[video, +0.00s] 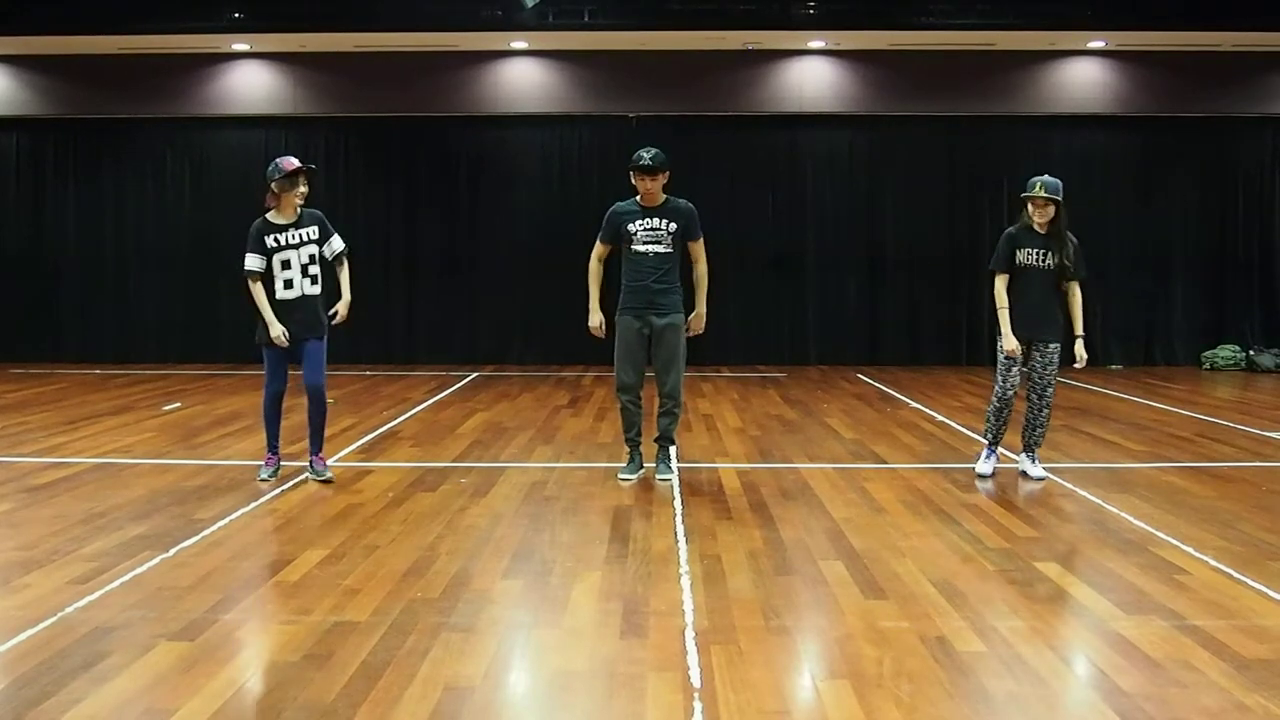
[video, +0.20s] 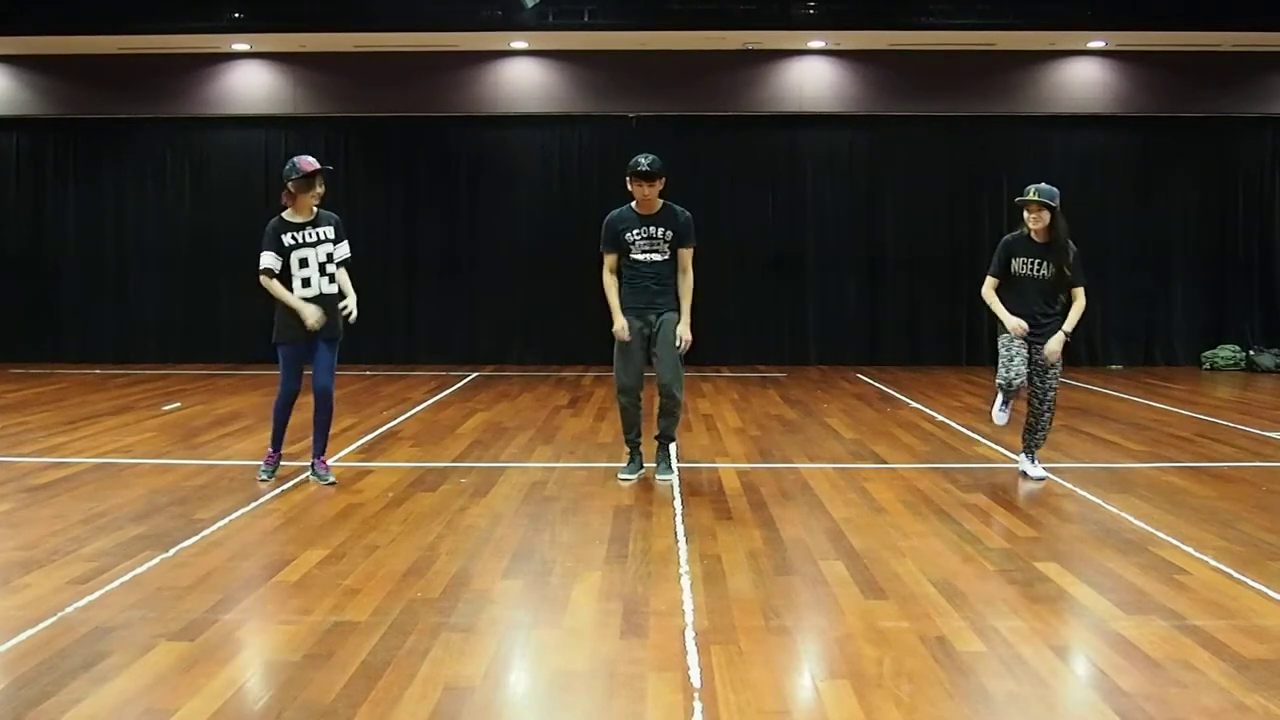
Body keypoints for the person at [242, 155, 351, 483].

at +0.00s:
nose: (302, 190)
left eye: (303, 184)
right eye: (294, 185)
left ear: (306, 186)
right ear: (276, 189)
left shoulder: (316, 220)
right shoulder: (261, 228)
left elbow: (340, 258)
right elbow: (253, 279)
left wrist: (345, 298)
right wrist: (271, 322)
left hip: (314, 320)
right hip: (276, 321)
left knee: (316, 386)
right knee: (274, 388)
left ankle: (317, 457)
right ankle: (272, 457)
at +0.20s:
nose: (318, 191)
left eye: (320, 184)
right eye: (310, 186)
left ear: (322, 186)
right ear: (291, 190)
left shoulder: (330, 222)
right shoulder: (277, 228)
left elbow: (339, 266)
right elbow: (266, 277)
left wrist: (350, 294)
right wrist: (301, 305)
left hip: (329, 317)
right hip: (292, 319)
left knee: (324, 388)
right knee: (290, 388)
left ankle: (319, 459)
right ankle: (274, 454)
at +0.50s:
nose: (341, 190)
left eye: (342, 183)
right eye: (333, 185)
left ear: (347, 184)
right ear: (315, 188)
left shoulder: (353, 219)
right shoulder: (301, 221)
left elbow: (381, 260)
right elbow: (301, 262)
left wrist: (374, 232)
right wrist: (332, 230)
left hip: (347, 313)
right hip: (314, 311)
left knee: (331, 383)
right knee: (343, 374)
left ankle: (319, 455)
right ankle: (316, 439)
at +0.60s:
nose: (345, 186)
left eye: (348, 179)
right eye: (337, 181)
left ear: (353, 181)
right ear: (321, 185)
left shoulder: (363, 219)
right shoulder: (311, 220)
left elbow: (386, 262)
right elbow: (318, 257)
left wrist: (380, 227)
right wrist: (342, 217)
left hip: (352, 313)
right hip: (320, 313)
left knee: (332, 390)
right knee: (351, 382)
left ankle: (320, 459)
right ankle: (341, 455)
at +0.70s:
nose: (355, 183)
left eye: (356, 177)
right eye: (346, 179)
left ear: (358, 181)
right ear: (330, 185)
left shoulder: (370, 222)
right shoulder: (320, 224)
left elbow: (388, 265)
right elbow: (336, 259)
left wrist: (389, 228)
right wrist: (355, 217)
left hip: (362, 314)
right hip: (331, 316)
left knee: (344, 393)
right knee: (357, 388)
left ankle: (320, 458)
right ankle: (350, 468)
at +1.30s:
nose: (416, 173)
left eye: (413, 168)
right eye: (407, 172)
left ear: (415, 176)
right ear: (391, 184)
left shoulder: (430, 215)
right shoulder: (387, 220)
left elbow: (469, 240)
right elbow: (421, 236)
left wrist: (458, 201)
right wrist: (426, 197)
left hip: (437, 314)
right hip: (408, 316)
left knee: (433, 394)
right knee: (433, 390)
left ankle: (421, 472)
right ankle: (387, 447)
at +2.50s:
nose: (590, 177)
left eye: (588, 172)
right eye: (582, 174)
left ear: (588, 177)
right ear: (563, 183)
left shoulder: (594, 217)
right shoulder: (554, 223)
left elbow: (627, 255)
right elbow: (588, 251)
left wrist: (628, 215)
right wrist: (597, 207)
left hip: (602, 319)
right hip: (581, 321)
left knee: (589, 402)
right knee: (602, 399)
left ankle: (544, 470)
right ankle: (600, 484)